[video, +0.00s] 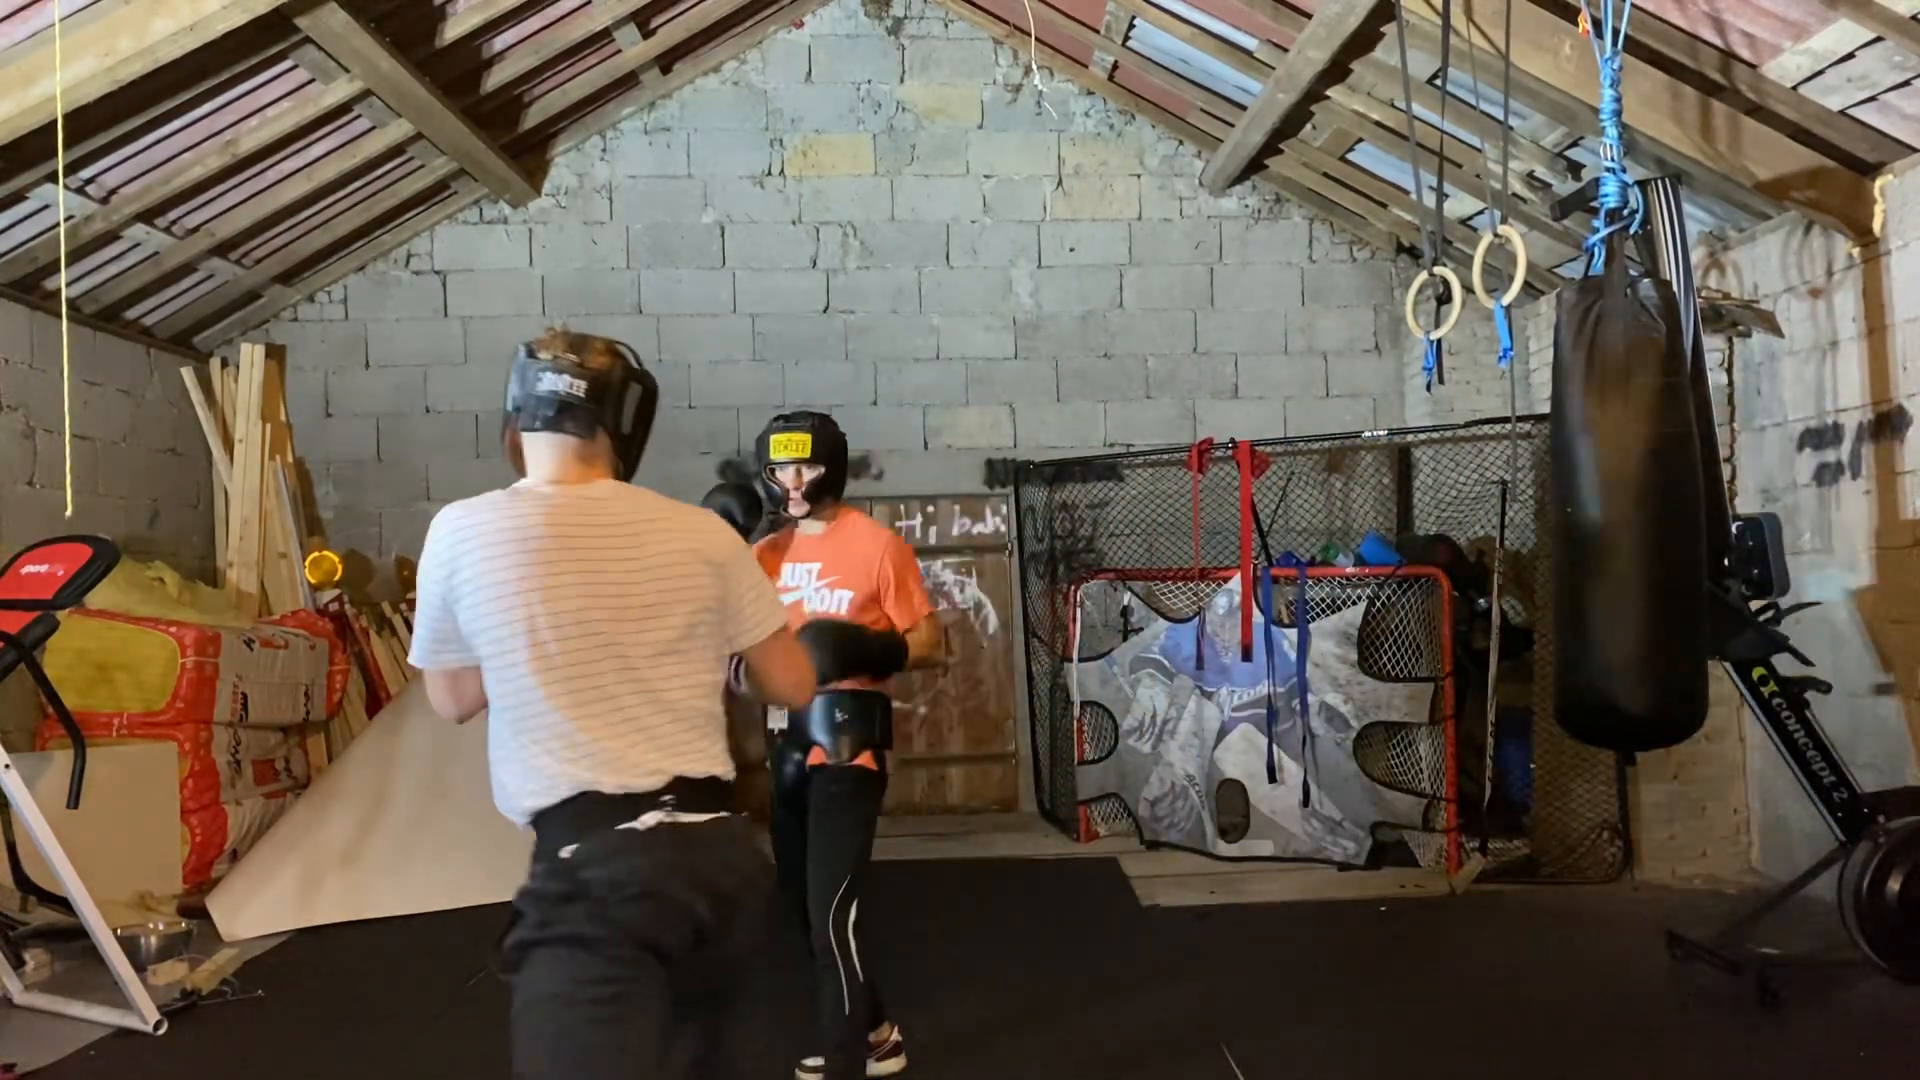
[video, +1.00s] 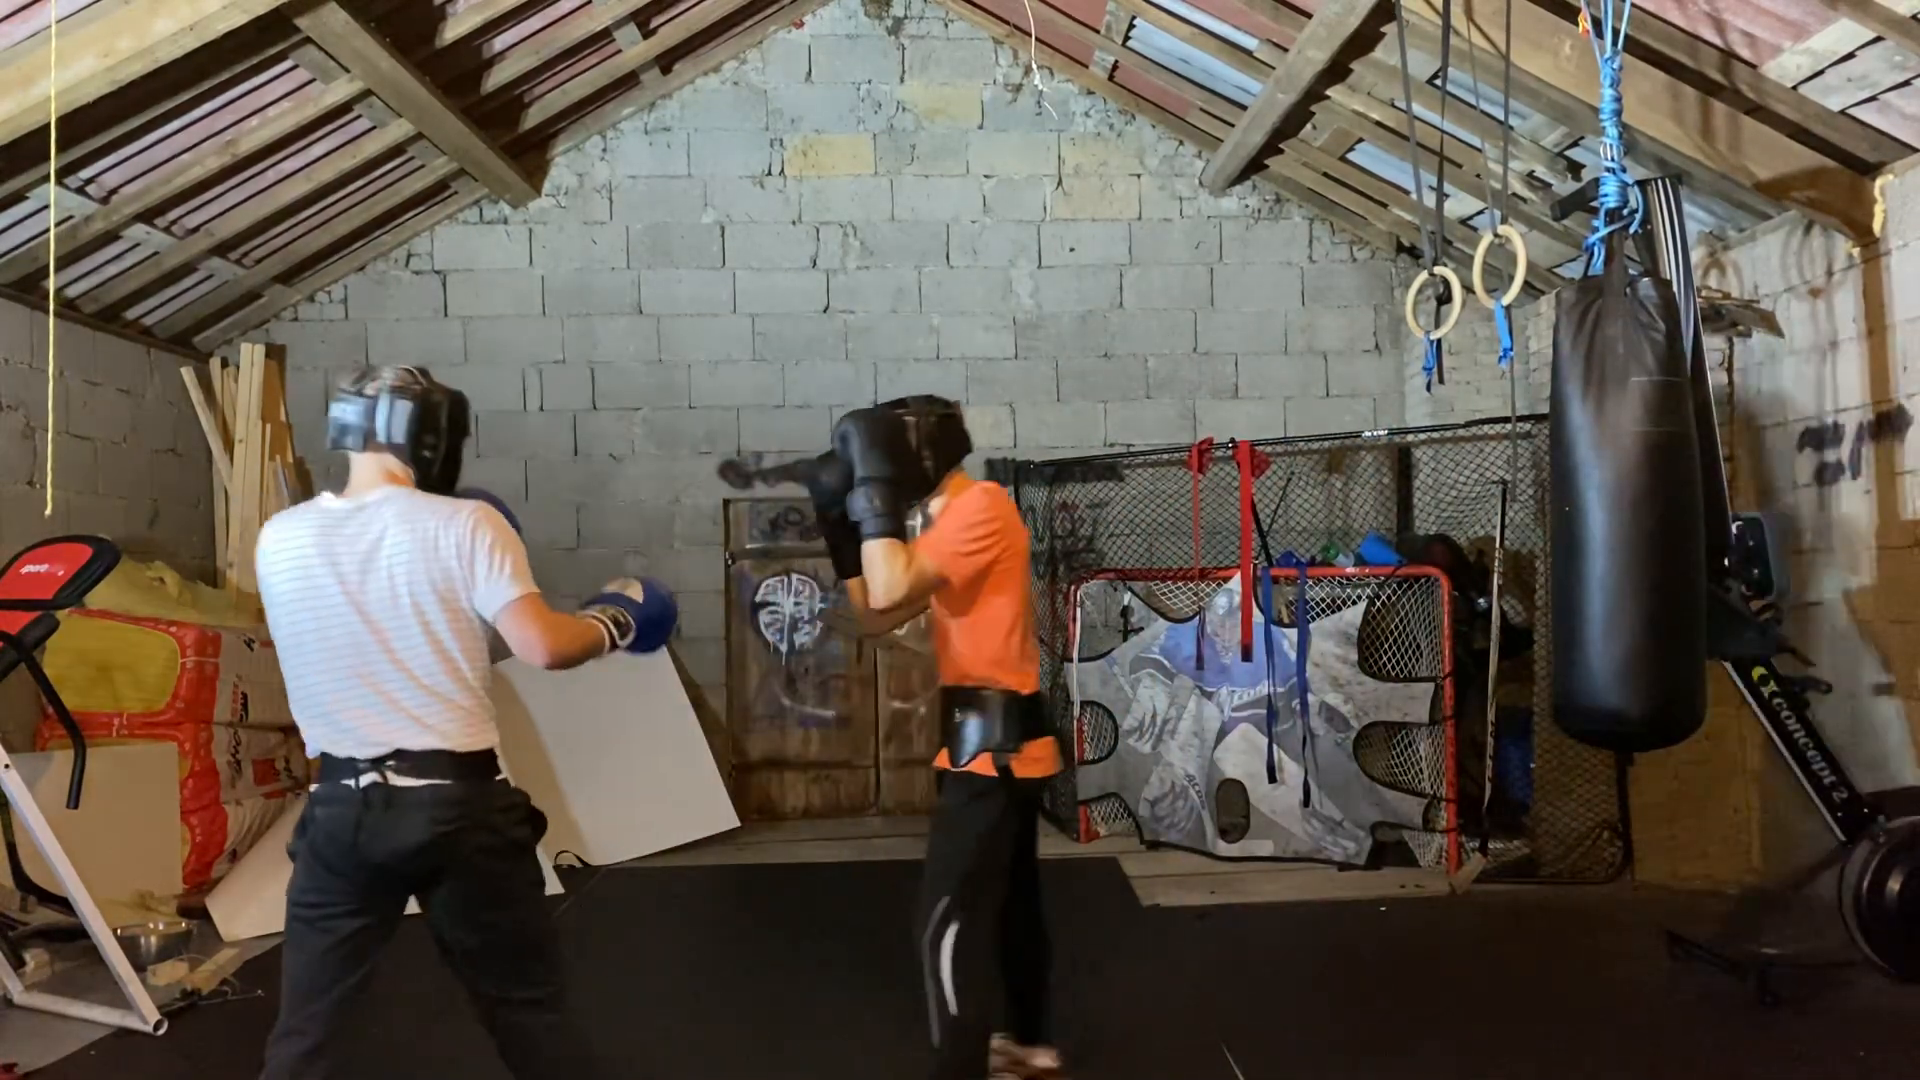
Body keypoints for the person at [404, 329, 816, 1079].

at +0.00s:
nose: (513, 431)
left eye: (513, 416)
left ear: (514, 429)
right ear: (624, 428)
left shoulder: (460, 534)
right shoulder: (703, 535)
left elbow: (455, 698)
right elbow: (794, 683)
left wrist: (536, 622)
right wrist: (725, 651)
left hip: (590, 870)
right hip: (725, 853)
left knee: (582, 1065)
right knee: (747, 1067)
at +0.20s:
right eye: (663, 425)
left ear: (554, 414)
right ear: (655, 433)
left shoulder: (467, 510)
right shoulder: (694, 545)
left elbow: (456, 666)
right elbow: (745, 707)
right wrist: (695, 676)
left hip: (522, 840)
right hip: (656, 831)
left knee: (486, 1065)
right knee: (671, 1054)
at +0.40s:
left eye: (495, 381)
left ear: (492, 389)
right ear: (590, 406)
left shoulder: (414, 480)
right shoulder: (632, 508)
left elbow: (411, 625)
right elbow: (697, 653)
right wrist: (645, 630)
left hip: (469, 798)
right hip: (601, 793)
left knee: (388, 1054)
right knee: (632, 1048)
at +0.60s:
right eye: (494, 431)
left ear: (386, 428)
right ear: (486, 437)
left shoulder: (310, 534)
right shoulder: (528, 532)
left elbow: (316, 648)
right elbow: (615, 659)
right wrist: (652, 626)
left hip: (382, 841)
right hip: (514, 832)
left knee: (327, 1056)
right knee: (595, 1044)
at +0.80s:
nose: (435, 421)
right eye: (431, 408)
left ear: (327, 407)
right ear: (421, 415)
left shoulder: (255, 519)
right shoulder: (460, 501)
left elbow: (283, 635)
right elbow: (530, 620)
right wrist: (611, 599)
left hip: (345, 807)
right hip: (467, 788)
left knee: (308, 1036)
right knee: (558, 992)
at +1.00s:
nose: (453, 453)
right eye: (449, 439)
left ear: (348, 436)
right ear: (435, 444)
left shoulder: (277, 541)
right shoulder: (466, 527)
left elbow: (357, 606)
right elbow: (542, 643)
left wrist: (458, 528)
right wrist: (617, 618)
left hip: (340, 820)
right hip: (459, 813)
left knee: (301, 1038)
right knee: (535, 1024)